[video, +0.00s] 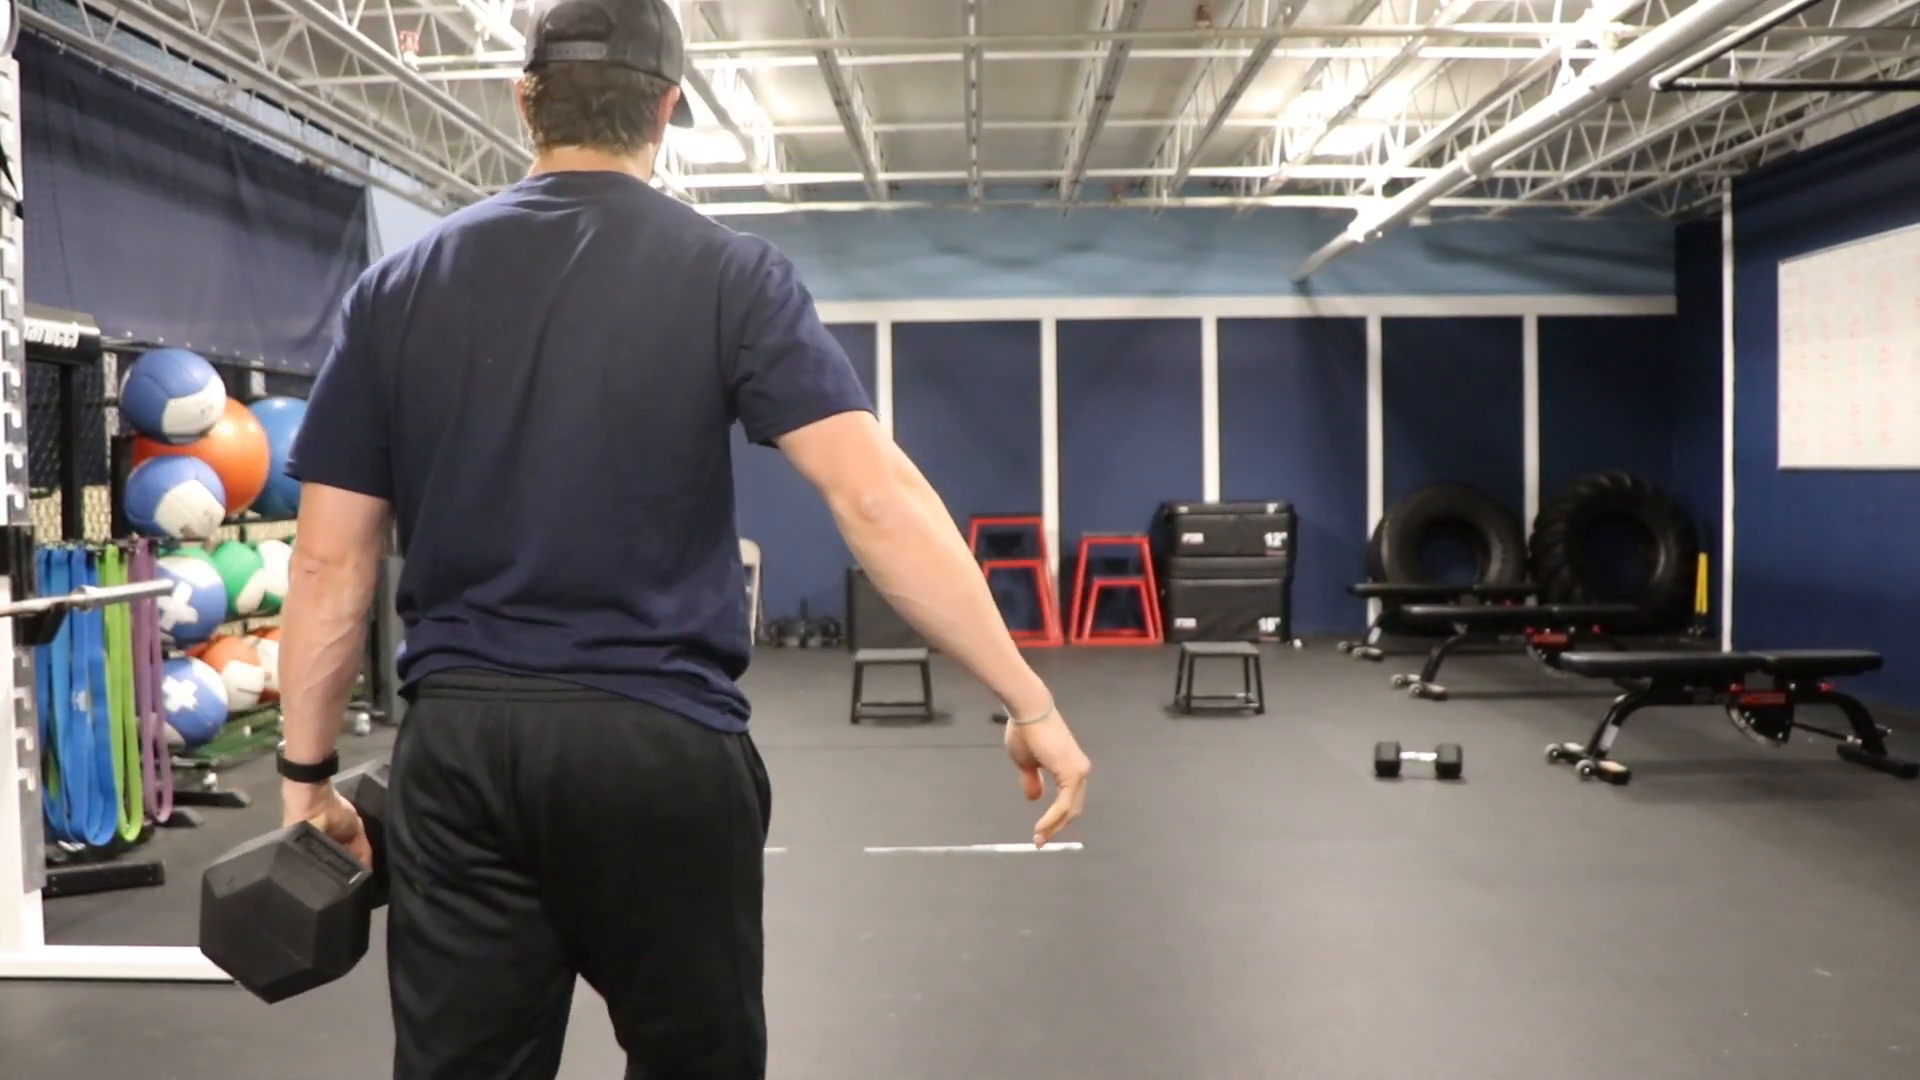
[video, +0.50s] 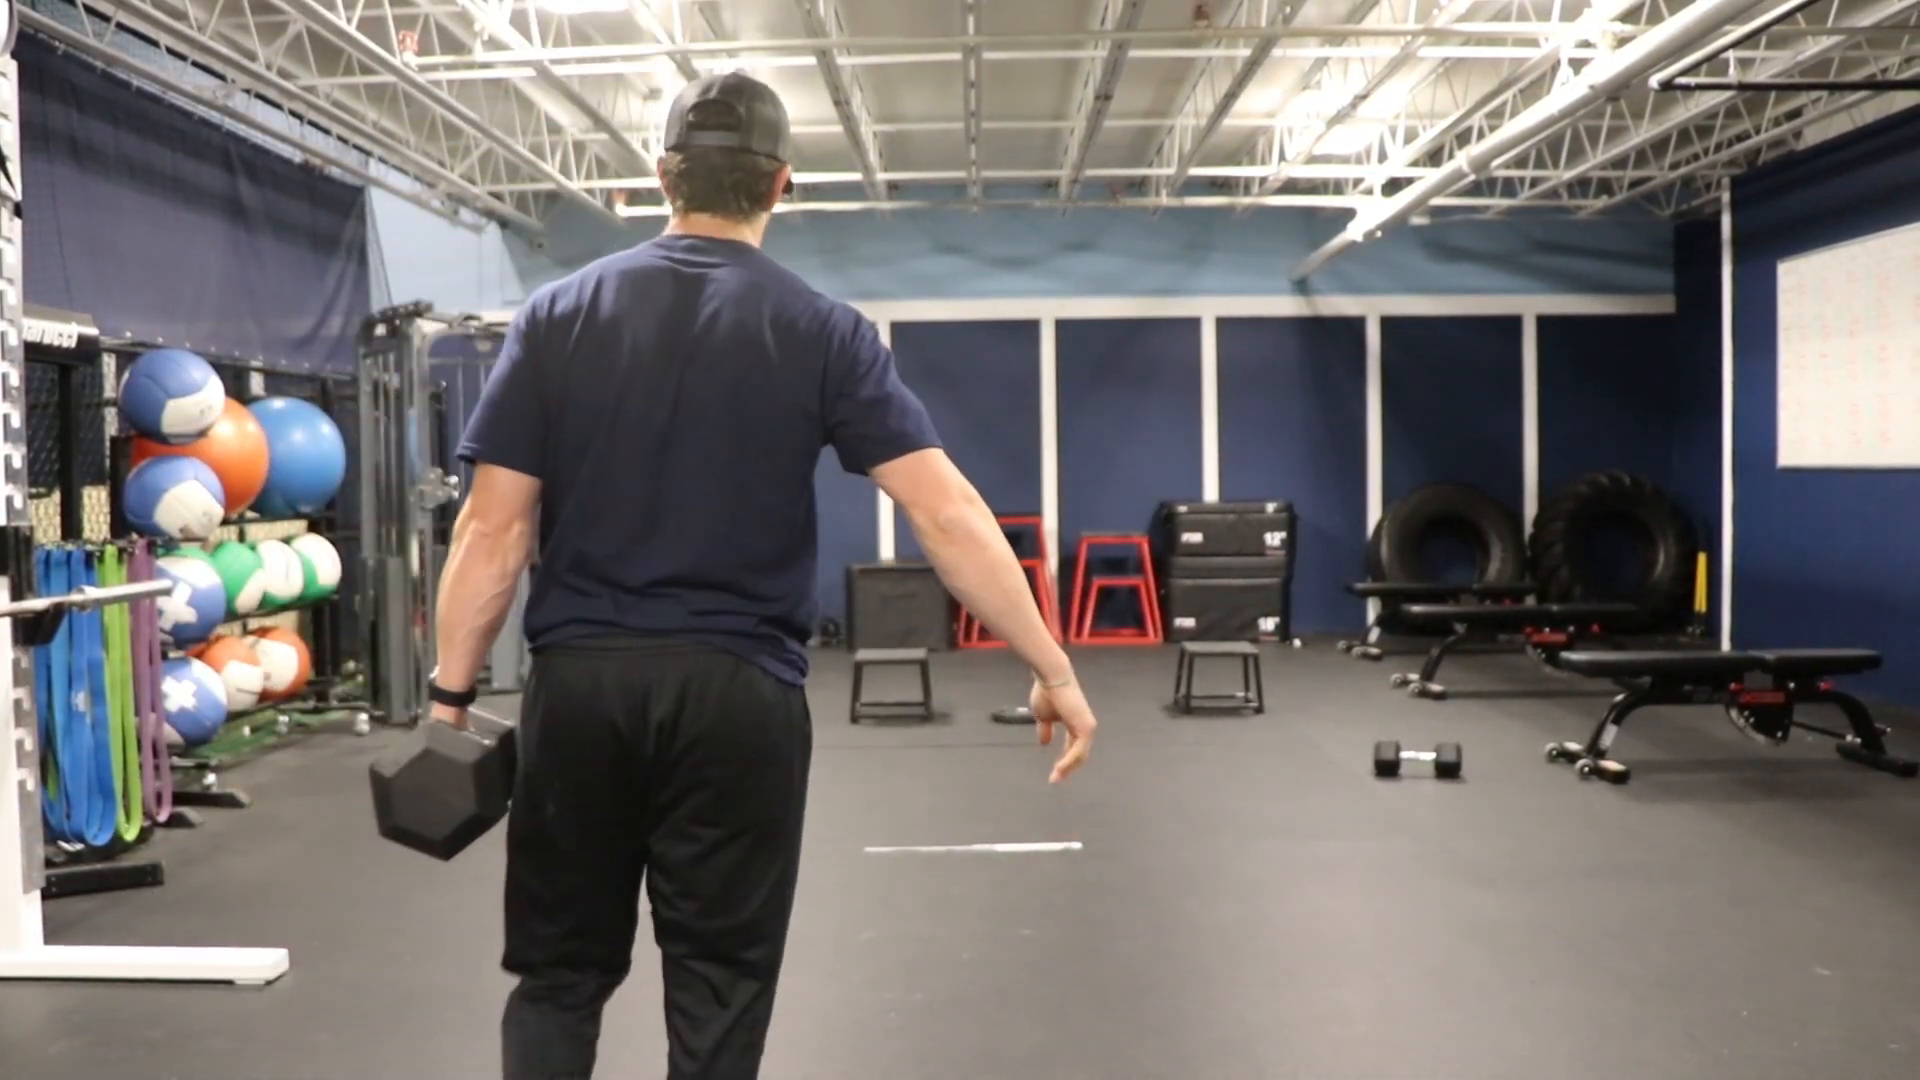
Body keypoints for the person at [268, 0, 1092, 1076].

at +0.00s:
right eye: (672, 99)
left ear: (527, 103)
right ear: (668, 111)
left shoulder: (400, 286)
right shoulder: (730, 271)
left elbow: (330, 553)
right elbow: (872, 490)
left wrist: (304, 769)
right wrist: (1028, 699)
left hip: (457, 740)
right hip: (663, 747)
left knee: (458, 1064)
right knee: (700, 1062)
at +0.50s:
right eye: (779, 171)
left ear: (660, 178)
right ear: (779, 187)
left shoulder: (557, 315)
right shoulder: (821, 329)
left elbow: (496, 520)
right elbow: (943, 507)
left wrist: (446, 700)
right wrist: (1051, 664)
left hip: (579, 689)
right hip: (740, 694)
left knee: (555, 980)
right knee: (720, 996)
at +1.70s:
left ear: (702, 258)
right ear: (788, 262)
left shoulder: (636, 356)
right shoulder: (821, 364)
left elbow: (587, 508)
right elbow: (917, 487)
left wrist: (549, 631)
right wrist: (1007, 589)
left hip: (652, 623)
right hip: (768, 630)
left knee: (631, 843)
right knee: (744, 841)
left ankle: (612, 1037)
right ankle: (714, 1046)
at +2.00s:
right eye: (784, 253)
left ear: (705, 259)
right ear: (786, 263)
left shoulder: (641, 354)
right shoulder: (820, 362)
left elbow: (599, 497)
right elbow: (912, 475)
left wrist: (568, 611)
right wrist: (994, 569)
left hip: (652, 606)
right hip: (759, 612)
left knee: (646, 810)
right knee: (738, 823)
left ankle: (639, 1009)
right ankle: (707, 1044)